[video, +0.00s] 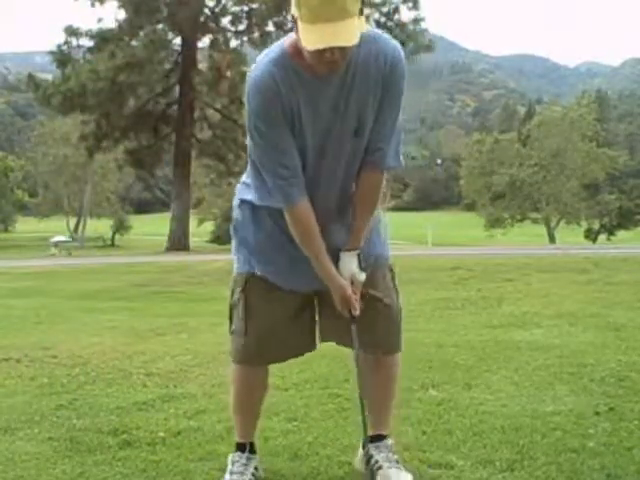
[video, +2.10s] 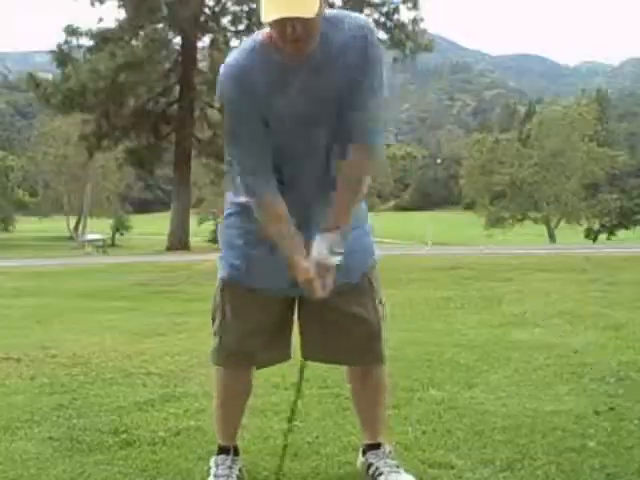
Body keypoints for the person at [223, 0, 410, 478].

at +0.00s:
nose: (329, 53)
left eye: (340, 41)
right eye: (317, 43)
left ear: (358, 23)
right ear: (295, 23)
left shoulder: (385, 59)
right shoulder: (268, 79)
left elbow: (376, 161)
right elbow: (288, 192)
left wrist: (353, 250)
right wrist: (330, 273)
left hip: (356, 221)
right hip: (274, 222)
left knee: (382, 328)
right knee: (251, 340)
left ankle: (379, 446)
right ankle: (243, 453)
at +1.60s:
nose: (351, 48)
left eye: (359, 36)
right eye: (338, 39)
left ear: (374, 19)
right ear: (315, 26)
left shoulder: (397, 46)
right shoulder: (296, 84)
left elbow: (409, 148)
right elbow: (341, 195)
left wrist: (410, 232)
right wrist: (399, 259)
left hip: (372, 223)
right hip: (299, 227)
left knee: (386, 341)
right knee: (265, 347)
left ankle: (379, 452)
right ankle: (229, 455)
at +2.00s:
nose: (307, 37)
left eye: (318, 24)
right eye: (294, 27)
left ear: (336, 10)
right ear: (277, 18)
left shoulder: (365, 32)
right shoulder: (264, 81)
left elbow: (394, 128)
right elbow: (317, 186)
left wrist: (398, 208)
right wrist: (382, 249)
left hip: (346, 217)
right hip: (269, 221)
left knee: (369, 339)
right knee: (241, 348)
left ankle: (378, 455)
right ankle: (226, 457)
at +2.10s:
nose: (292, 31)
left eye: (303, 19)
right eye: (281, 21)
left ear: (322, 10)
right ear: (264, 16)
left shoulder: (357, 39)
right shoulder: (240, 73)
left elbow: (362, 145)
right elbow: (257, 180)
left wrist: (333, 236)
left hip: (340, 216)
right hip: (257, 217)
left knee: (366, 338)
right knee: (236, 344)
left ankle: (376, 453)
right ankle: (226, 457)